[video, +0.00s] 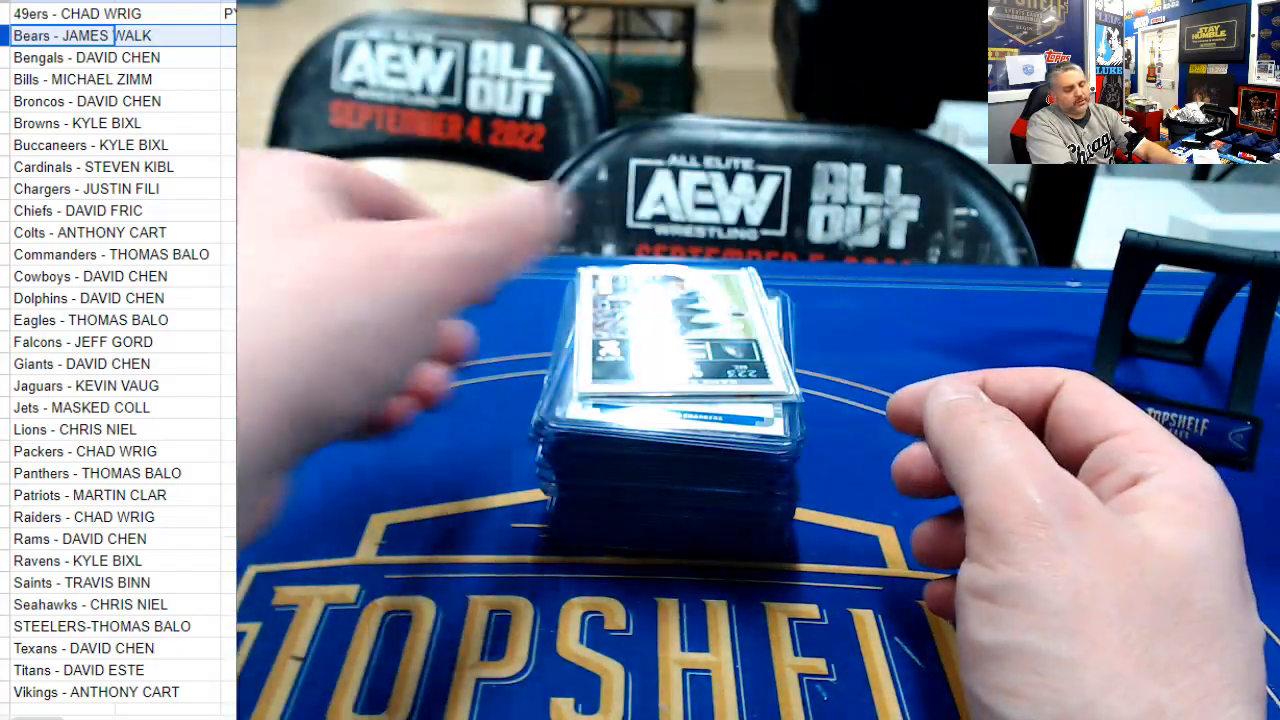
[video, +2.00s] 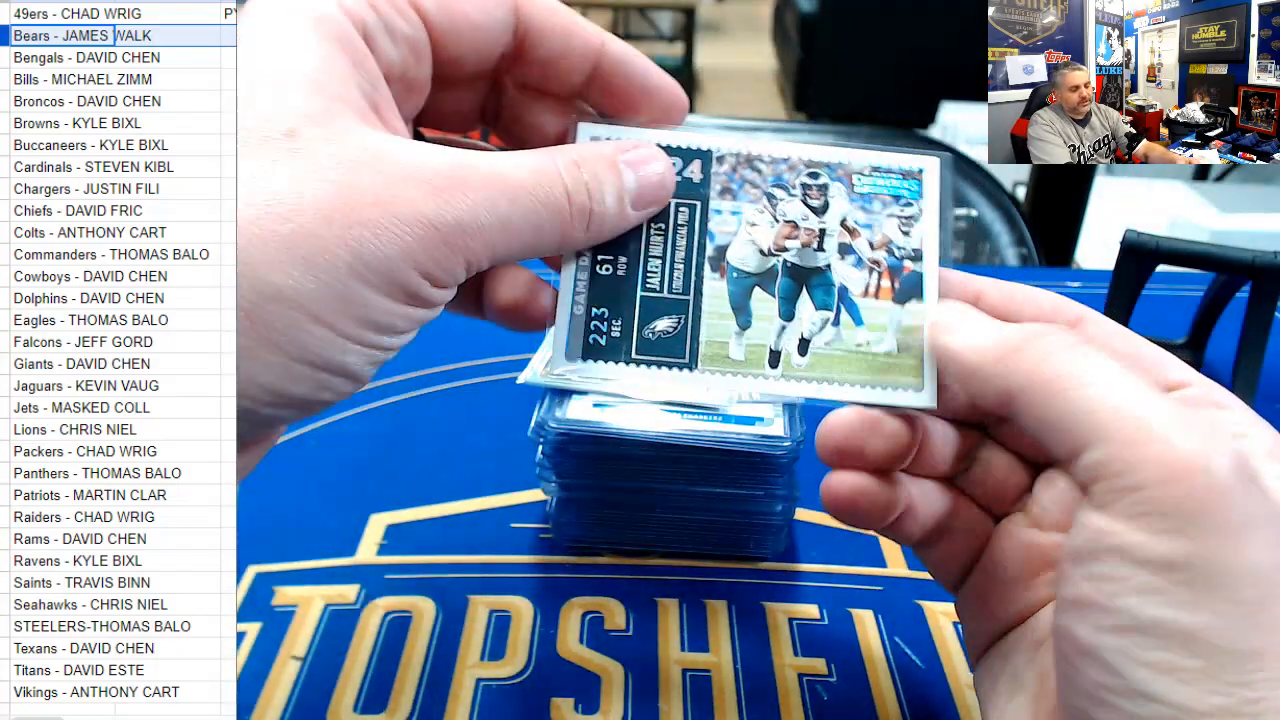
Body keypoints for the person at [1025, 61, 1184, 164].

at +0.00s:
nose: (1080, 93)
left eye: (1082, 85)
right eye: (1069, 90)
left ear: (1088, 85)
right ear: (1053, 97)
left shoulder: (1104, 114)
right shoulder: (1042, 123)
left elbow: (1146, 149)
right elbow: (1062, 174)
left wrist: (1184, 167)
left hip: (1113, 188)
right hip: (1070, 197)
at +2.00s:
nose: (1085, 94)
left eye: (1087, 86)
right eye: (1074, 90)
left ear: (1091, 85)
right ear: (1057, 95)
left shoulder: (1106, 114)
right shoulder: (1043, 122)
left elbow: (1145, 149)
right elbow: (1062, 176)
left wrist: (1178, 161)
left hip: (1114, 186)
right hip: (1072, 197)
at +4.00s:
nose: (1078, 95)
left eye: (1079, 85)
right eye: (1067, 91)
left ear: (1085, 84)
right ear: (1050, 100)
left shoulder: (1105, 114)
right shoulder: (1040, 124)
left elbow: (1146, 147)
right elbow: (1061, 178)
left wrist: (1177, 163)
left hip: (1114, 188)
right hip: (1071, 198)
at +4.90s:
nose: (1081, 95)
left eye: (1082, 86)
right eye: (1070, 91)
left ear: (1088, 85)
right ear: (1053, 100)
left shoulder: (1106, 114)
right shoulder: (1042, 123)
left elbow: (1147, 147)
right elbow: (1060, 178)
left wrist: (1185, 165)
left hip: (1115, 189)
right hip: (1072, 198)